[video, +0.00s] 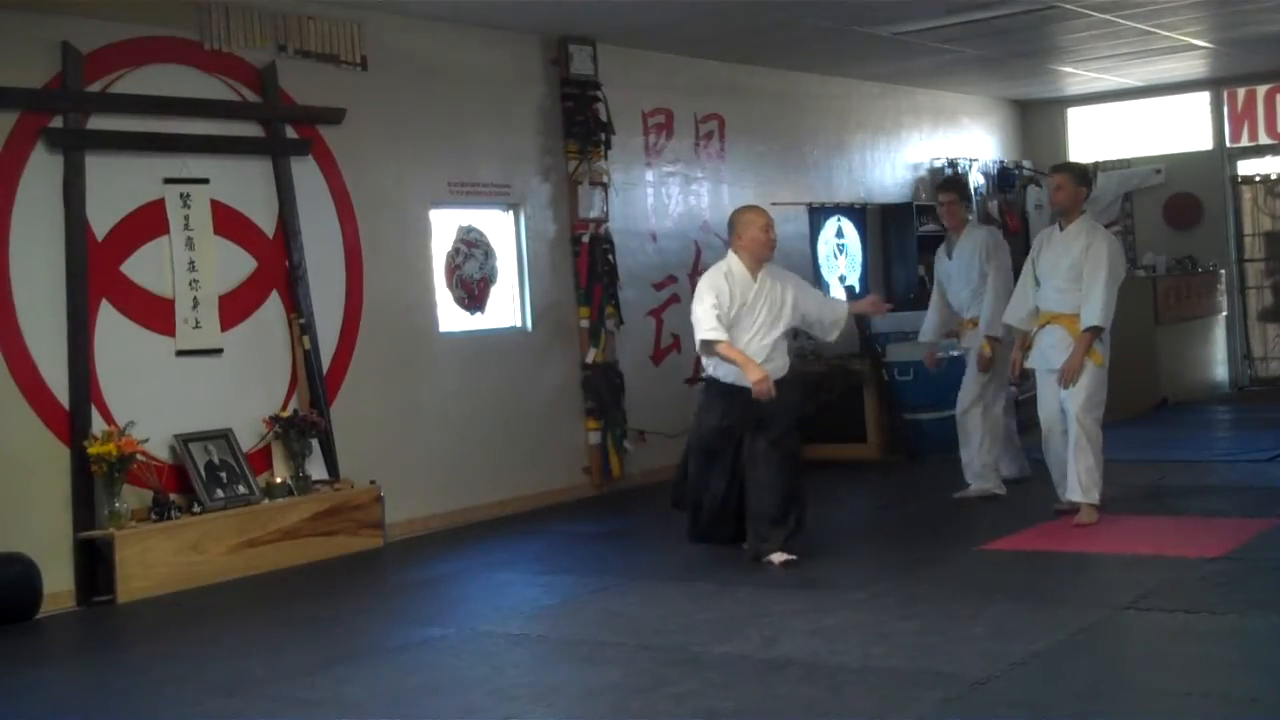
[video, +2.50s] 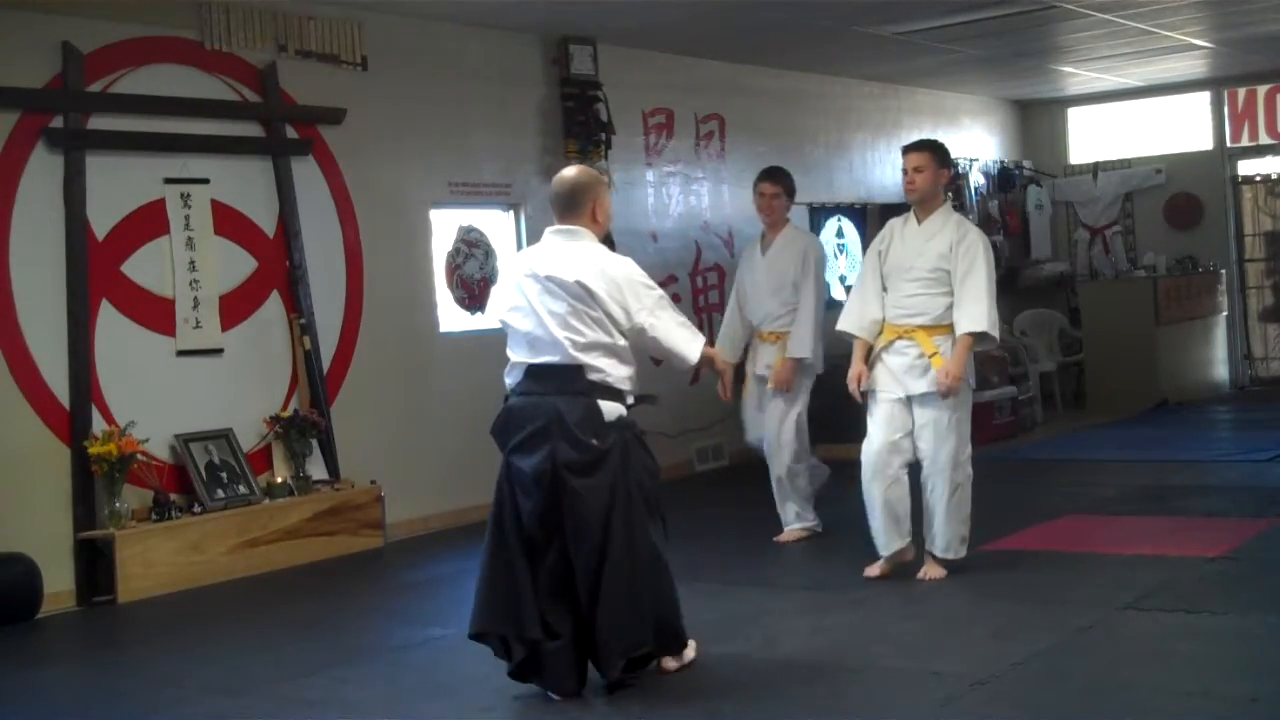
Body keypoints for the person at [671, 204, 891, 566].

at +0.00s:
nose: (774, 236)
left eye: (773, 229)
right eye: (765, 230)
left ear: (761, 237)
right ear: (739, 238)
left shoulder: (783, 282)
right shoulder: (714, 282)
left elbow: (823, 308)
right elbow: (710, 338)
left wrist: (860, 307)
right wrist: (749, 365)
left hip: (773, 390)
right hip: (724, 393)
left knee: (773, 465)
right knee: (712, 464)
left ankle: (772, 543)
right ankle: (717, 533)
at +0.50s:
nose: (769, 229)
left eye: (766, 222)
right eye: (762, 222)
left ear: (738, 231)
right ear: (737, 231)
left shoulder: (757, 279)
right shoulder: (707, 282)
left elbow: (768, 326)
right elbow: (713, 348)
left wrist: (796, 348)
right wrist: (750, 386)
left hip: (753, 395)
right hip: (712, 399)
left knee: (774, 472)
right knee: (722, 483)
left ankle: (776, 551)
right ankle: (722, 574)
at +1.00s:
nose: (709, 233)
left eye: (709, 225)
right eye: (708, 225)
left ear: (664, 226)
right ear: (694, 226)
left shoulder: (649, 267)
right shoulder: (683, 272)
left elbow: (689, 324)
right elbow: (680, 338)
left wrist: (734, 300)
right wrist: (694, 393)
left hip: (630, 388)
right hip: (665, 391)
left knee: (640, 496)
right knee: (710, 487)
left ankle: (633, 597)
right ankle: (716, 581)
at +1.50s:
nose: (664, 228)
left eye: (663, 220)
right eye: (662, 221)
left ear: (610, 223)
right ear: (651, 224)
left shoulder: (582, 271)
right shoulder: (648, 280)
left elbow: (617, 320)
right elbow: (699, 343)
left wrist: (673, 300)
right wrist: (751, 390)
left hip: (578, 410)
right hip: (629, 415)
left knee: (597, 520)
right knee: (636, 527)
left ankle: (596, 624)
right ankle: (621, 644)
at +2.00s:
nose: (633, 221)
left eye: (633, 214)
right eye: (632, 214)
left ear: (576, 212)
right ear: (622, 216)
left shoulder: (540, 263)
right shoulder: (618, 273)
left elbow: (566, 313)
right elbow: (665, 352)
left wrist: (629, 282)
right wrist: (721, 397)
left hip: (537, 410)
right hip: (599, 409)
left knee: (545, 536)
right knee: (621, 529)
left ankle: (560, 660)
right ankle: (631, 654)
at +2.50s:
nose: (611, 211)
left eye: (608, 201)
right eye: (609, 202)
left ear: (555, 210)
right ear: (597, 208)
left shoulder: (519, 266)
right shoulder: (614, 269)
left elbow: (500, 312)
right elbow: (665, 328)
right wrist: (709, 355)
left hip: (525, 415)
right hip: (591, 416)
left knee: (538, 539)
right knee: (630, 531)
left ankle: (554, 665)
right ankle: (667, 646)